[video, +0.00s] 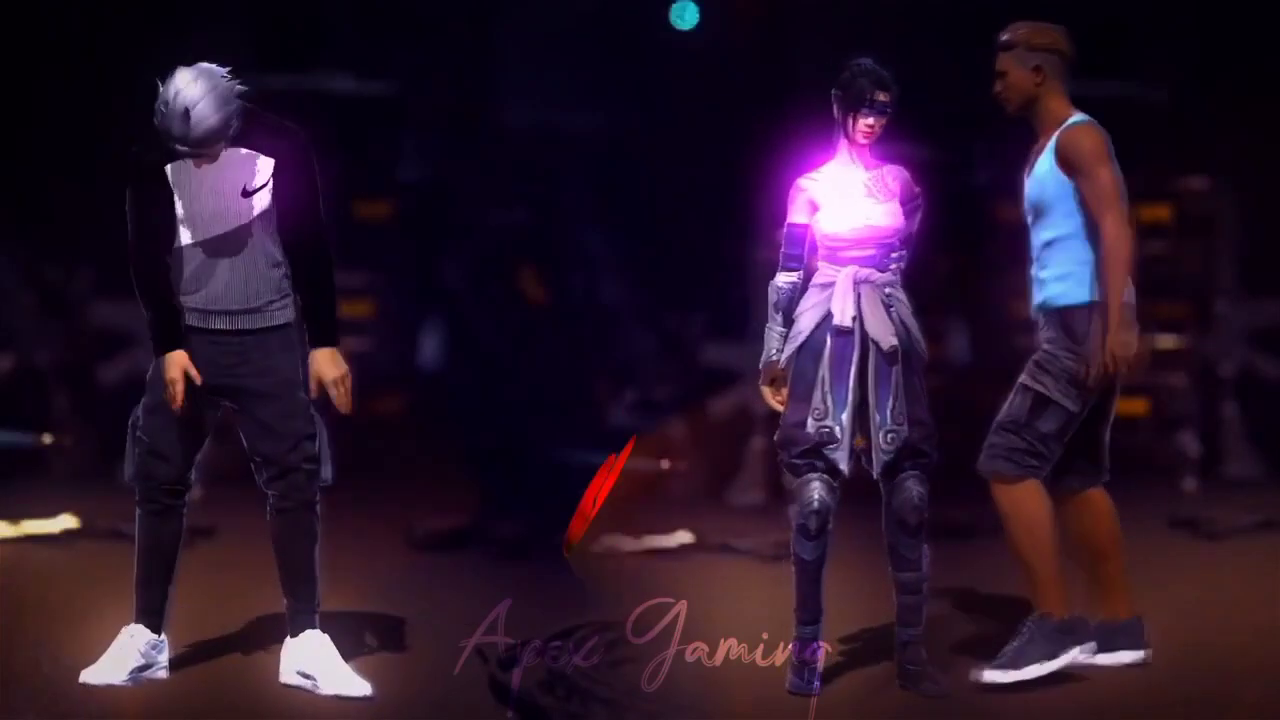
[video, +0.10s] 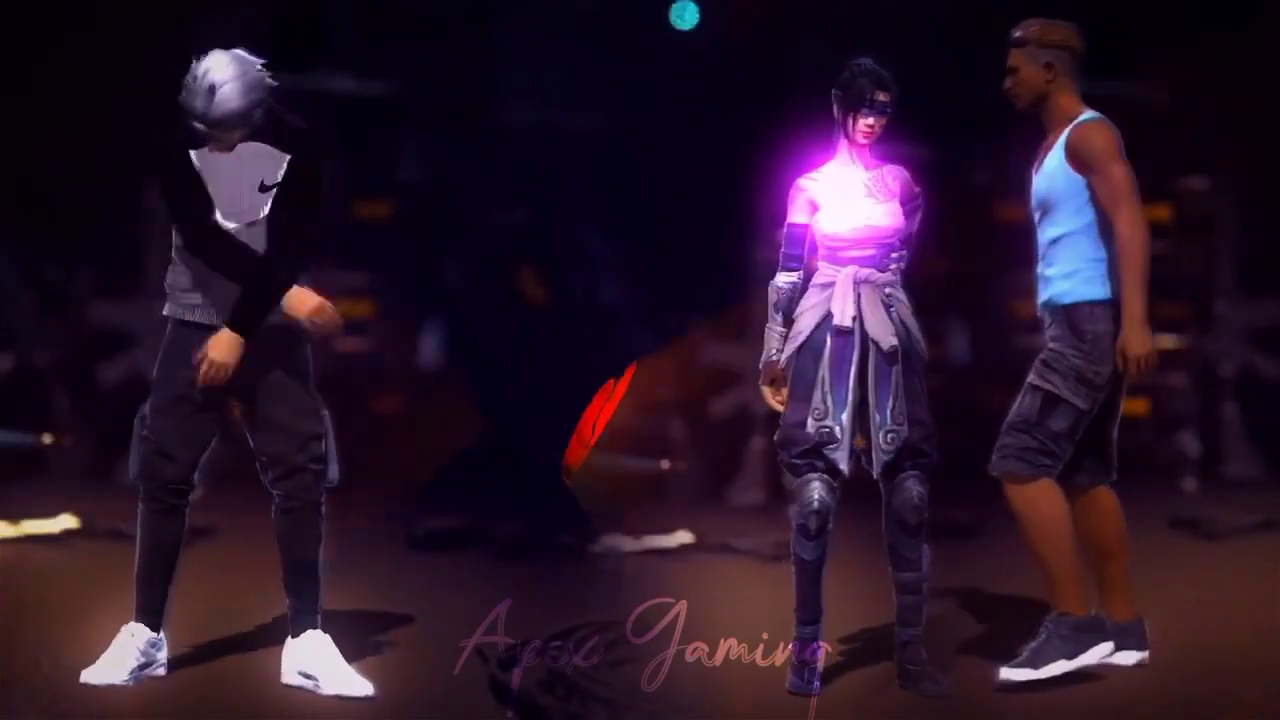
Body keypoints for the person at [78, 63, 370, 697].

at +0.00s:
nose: (204, 157)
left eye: (213, 146)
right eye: (192, 149)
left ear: (234, 120)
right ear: (171, 131)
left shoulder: (283, 150)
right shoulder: (152, 163)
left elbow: (310, 244)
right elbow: (146, 257)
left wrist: (324, 340)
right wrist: (167, 343)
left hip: (273, 342)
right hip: (186, 344)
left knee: (295, 484)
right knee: (156, 482)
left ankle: (304, 636)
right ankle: (148, 634)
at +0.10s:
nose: (219, 143)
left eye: (233, 133)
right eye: (210, 133)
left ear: (259, 116)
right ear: (193, 117)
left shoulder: (296, 143)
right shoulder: (174, 147)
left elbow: (292, 242)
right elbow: (198, 234)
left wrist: (238, 328)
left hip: (271, 318)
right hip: (192, 319)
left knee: (299, 472)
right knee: (162, 472)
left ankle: (306, 636)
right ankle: (146, 633)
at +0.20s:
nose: (238, 130)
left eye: (252, 121)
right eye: (229, 118)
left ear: (277, 107)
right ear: (213, 101)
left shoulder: (314, 148)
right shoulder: (187, 135)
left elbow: (287, 242)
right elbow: (228, 210)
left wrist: (205, 284)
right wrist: (327, 223)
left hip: (280, 335)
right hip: (199, 334)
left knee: (303, 478)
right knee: (167, 479)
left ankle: (305, 638)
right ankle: (145, 632)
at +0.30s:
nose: (257, 117)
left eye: (273, 107)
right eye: (248, 103)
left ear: (298, 98)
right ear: (232, 86)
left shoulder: (322, 145)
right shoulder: (194, 126)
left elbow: (297, 226)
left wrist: (205, 246)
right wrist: (341, 172)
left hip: (286, 337)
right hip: (204, 333)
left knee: (308, 480)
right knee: (169, 480)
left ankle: (305, 638)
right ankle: (144, 631)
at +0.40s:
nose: (281, 111)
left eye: (298, 103)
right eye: (276, 97)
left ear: (316, 99)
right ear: (258, 81)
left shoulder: (331, 144)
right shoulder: (206, 122)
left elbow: (322, 217)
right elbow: (244, 160)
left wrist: (235, 221)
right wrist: (347, 134)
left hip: (293, 333)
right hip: (210, 327)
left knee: (311, 479)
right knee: (172, 477)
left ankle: (305, 637)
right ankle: (143, 629)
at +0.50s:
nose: (303, 109)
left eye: (316, 100)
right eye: (295, 94)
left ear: (335, 97)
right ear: (277, 82)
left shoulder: (343, 141)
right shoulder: (220, 117)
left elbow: (345, 214)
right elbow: (241, 157)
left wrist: (270, 226)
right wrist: (344, 131)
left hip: (300, 330)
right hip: (217, 326)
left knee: (314, 480)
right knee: (176, 475)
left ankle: (304, 638)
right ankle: (141, 627)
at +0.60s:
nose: (328, 110)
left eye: (342, 99)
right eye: (320, 93)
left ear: (357, 93)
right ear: (296, 72)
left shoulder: (358, 143)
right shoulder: (231, 116)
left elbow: (366, 235)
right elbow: (231, 175)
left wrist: (344, 261)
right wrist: (330, 165)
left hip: (309, 332)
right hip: (227, 325)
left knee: (323, 480)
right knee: (177, 474)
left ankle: (305, 638)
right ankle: (138, 626)